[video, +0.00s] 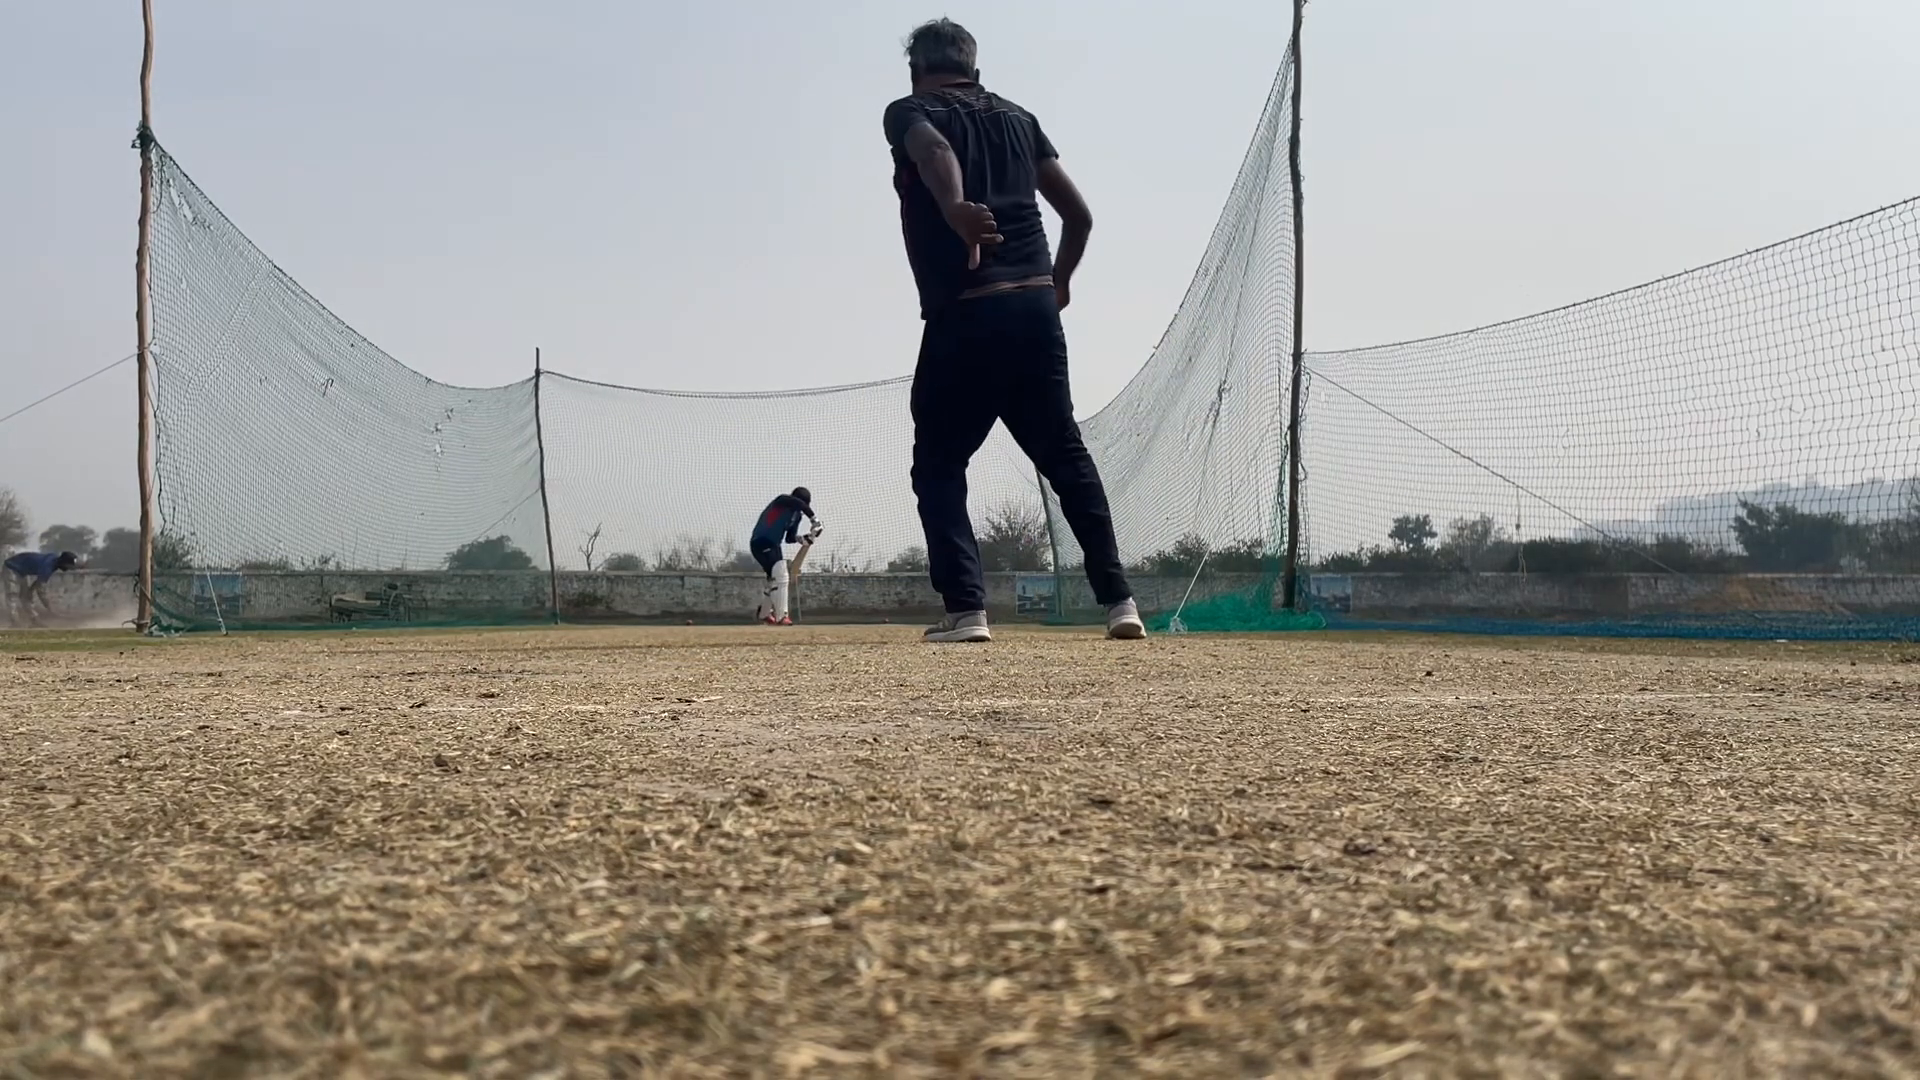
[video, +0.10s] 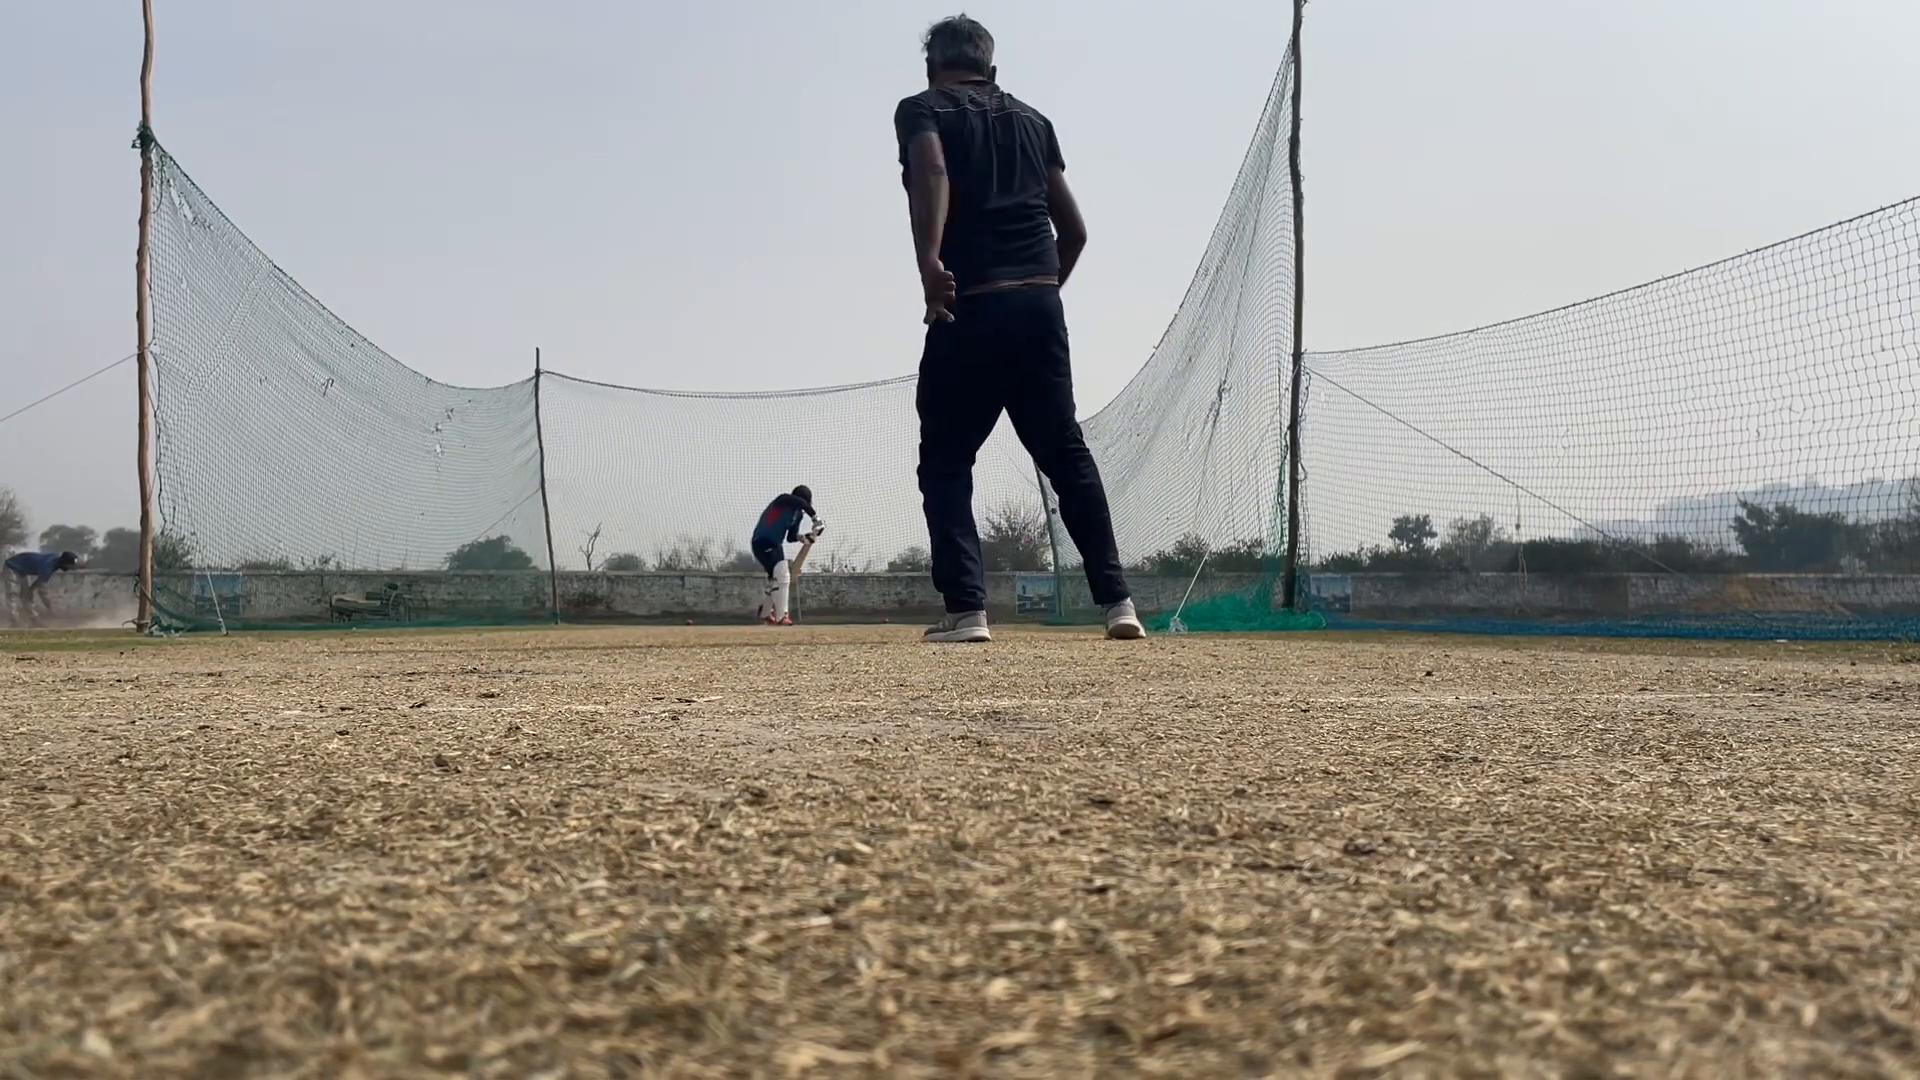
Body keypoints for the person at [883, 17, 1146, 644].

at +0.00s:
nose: (912, 82)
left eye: (912, 74)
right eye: (917, 76)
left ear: (918, 72)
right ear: (974, 71)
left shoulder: (909, 109)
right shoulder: (1016, 117)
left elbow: (937, 151)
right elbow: (1078, 216)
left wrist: (953, 208)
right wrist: (1060, 279)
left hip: (966, 320)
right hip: (1038, 316)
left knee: (937, 467)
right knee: (1066, 455)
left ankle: (966, 612)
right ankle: (1119, 603)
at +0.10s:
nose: (930, 75)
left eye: (929, 67)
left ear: (931, 66)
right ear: (992, 69)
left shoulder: (922, 106)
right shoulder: (1031, 120)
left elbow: (930, 170)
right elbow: (1074, 232)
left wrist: (928, 260)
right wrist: (1043, 288)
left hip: (969, 316)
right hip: (1040, 313)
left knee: (944, 465)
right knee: (1066, 452)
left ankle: (966, 614)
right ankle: (1118, 604)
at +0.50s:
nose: (991, 78)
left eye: (989, 69)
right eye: (1038, 71)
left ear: (986, 66)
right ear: (1048, 71)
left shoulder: (959, 110)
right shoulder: (1083, 122)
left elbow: (900, 217)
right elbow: (1124, 234)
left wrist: (933, 194)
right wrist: (1116, 317)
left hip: (997, 312)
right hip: (1076, 311)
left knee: (965, 459)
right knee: (1095, 456)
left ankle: (966, 613)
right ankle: (1123, 611)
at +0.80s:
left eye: (1052, 73)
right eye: (1102, 76)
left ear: (1048, 71)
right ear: (1108, 78)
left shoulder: (1019, 109)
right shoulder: (1139, 127)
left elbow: (967, 205)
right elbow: (1179, 230)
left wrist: (1001, 151)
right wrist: (1205, 330)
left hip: (1044, 305)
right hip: (1121, 309)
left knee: (1009, 453)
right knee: (1120, 456)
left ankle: (971, 609)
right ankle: (1124, 611)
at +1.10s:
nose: (1145, 71)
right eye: (1146, 64)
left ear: (1083, 56)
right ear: (1144, 64)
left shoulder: (1045, 99)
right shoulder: (1166, 115)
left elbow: (1010, 193)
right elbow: (1201, 223)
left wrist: (1057, 148)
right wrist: (1229, 328)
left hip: (1054, 306)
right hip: (1132, 309)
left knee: (1043, 445)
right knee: (1130, 455)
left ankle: (1067, 567)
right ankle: (1125, 611)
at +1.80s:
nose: (1142, 17)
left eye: (1136, 16)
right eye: (1143, 13)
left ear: (1072, 9)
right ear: (1134, 11)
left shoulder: (1028, 62)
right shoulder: (1154, 53)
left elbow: (1031, 168)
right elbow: (1187, 166)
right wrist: (1230, 277)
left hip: (1060, 283)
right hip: (1144, 279)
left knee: (1071, 448)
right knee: (1173, 438)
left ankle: (1090, 612)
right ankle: (1167, 599)